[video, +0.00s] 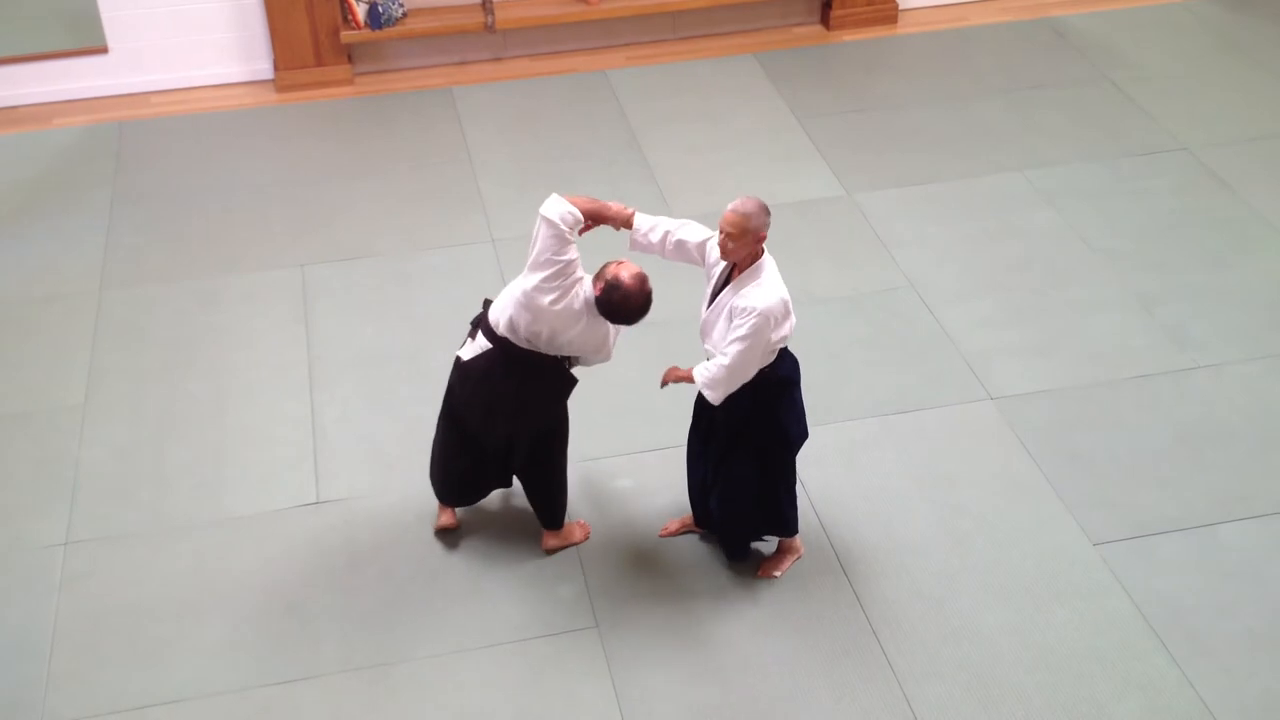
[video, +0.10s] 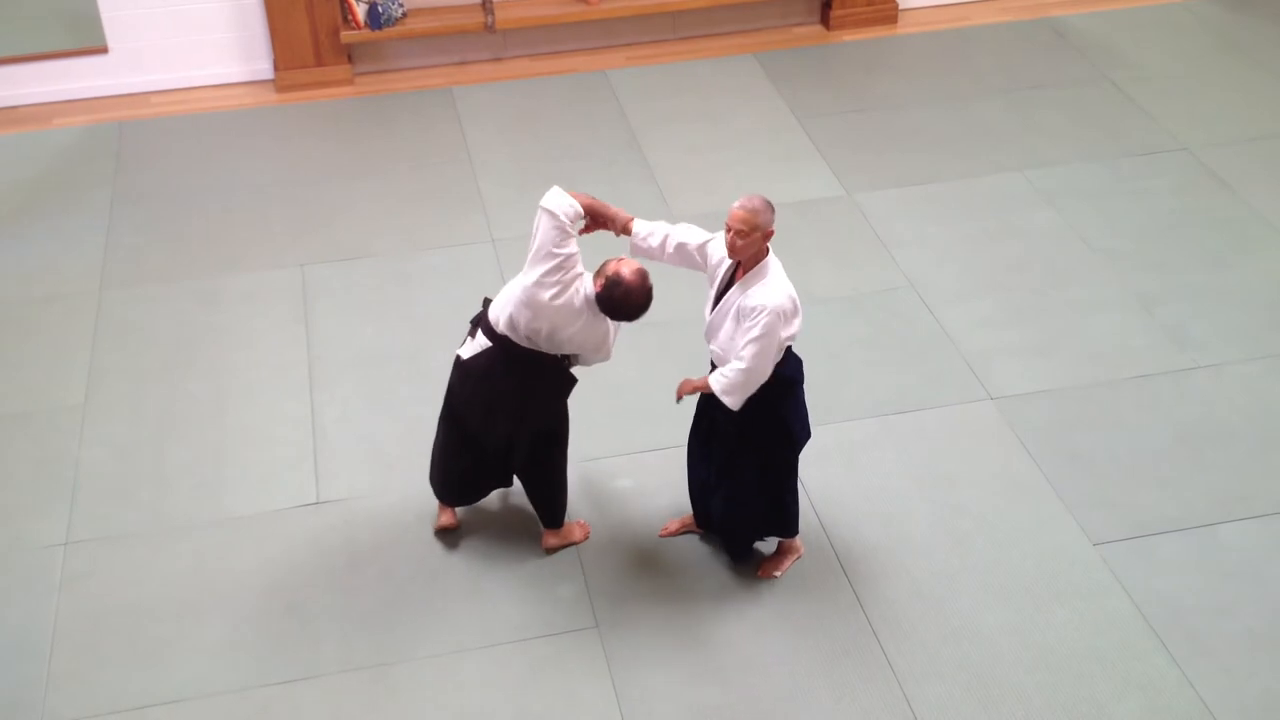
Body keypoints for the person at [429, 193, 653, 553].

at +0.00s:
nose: (624, 258)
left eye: (621, 266)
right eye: (634, 265)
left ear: (601, 282)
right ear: (624, 316)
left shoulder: (558, 266)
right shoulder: (604, 337)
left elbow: (561, 209)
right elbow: (579, 358)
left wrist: (613, 214)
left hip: (488, 358)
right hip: (544, 379)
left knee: (460, 432)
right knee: (546, 453)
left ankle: (446, 509)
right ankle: (553, 530)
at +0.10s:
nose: (624, 255)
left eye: (622, 263)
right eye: (633, 262)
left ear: (602, 279)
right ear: (624, 312)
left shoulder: (558, 262)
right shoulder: (604, 336)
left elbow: (566, 202)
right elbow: (578, 358)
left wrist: (609, 216)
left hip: (489, 356)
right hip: (544, 377)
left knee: (461, 430)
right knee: (546, 451)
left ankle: (446, 508)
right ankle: (553, 529)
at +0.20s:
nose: (619, 253)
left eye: (619, 260)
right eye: (628, 260)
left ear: (601, 274)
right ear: (626, 308)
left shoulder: (557, 258)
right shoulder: (602, 332)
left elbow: (559, 190)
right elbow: (582, 362)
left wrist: (604, 214)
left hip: (487, 355)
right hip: (543, 377)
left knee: (460, 429)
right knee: (549, 450)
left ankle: (446, 508)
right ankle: (554, 529)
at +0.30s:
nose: (612, 251)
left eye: (613, 256)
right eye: (625, 257)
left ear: (598, 266)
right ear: (624, 303)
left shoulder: (554, 254)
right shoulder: (600, 331)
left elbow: (561, 185)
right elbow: (582, 368)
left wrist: (603, 215)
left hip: (486, 351)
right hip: (541, 376)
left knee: (461, 425)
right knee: (551, 449)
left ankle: (442, 503)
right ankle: (556, 530)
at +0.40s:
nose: (599, 237)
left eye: (604, 243)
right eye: (616, 244)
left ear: (590, 254)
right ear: (612, 294)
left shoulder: (550, 244)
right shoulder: (585, 330)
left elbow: (566, 194)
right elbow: (581, 380)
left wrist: (598, 219)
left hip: (483, 347)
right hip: (533, 379)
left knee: (464, 421)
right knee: (552, 452)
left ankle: (427, 489)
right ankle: (555, 532)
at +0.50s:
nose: (602, 232)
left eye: (601, 237)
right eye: (608, 242)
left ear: (583, 240)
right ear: (599, 281)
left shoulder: (559, 233)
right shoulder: (561, 329)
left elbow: (590, 226)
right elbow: (566, 385)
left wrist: (623, 256)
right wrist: (581, 393)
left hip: (477, 340)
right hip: (510, 379)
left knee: (477, 420)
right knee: (552, 453)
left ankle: (422, 473)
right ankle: (556, 534)